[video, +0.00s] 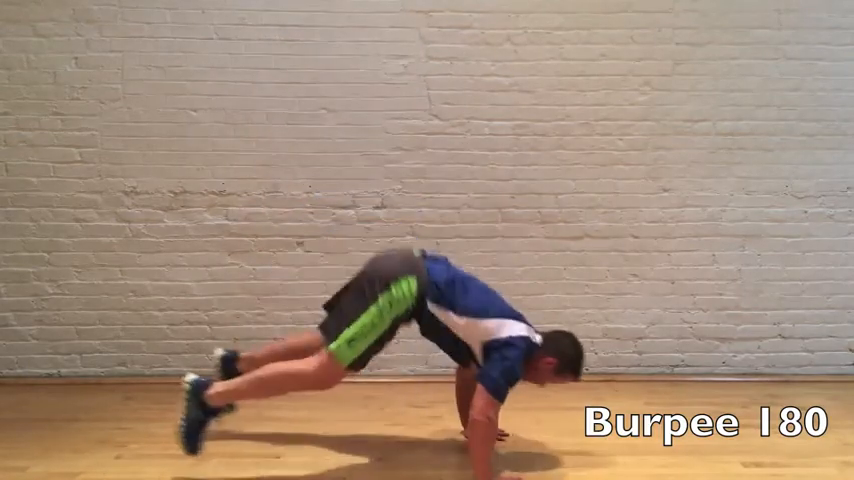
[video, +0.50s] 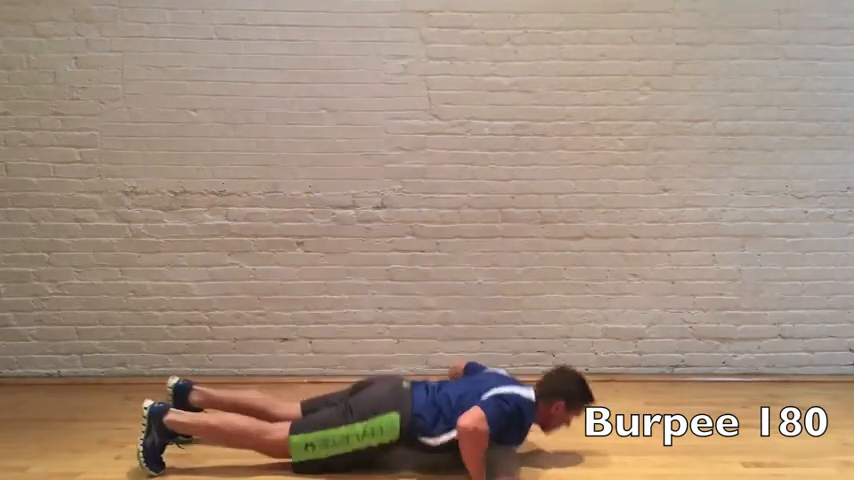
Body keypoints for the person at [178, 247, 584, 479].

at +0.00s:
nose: (548, 384)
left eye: (556, 380)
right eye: (555, 379)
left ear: (546, 351)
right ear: (549, 363)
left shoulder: (509, 332)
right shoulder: (515, 350)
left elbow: (467, 384)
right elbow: (482, 419)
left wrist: (474, 431)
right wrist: (486, 475)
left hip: (404, 265)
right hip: (405, 281)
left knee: (323, 342)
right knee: (323, 372)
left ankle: (237, 367)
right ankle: (210, 397)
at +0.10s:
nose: (566, 398)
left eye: (573, 394)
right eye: (572, 393)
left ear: (562, 363)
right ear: (564, 375)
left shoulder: (520, 343)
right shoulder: (529, 363)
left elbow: (465, 386)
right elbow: (478, 419)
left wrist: (478, 431)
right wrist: (484, 474)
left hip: (406, 303)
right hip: (408, 324)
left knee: (308, 348)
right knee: (303, 380)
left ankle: (217, 370)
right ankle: (191, 403)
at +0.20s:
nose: (571, 417)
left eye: (577, 412)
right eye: (575, 411)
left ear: (566, 384)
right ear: (565, 395)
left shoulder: (525, 368)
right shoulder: (528, 388)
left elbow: (467, 406)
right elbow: (475, 422)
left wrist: (486, 440)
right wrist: (481, 475)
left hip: (404, 346)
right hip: (405, 367)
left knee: (309, 382)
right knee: (303, 413)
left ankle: (209, 395)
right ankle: (184, 426)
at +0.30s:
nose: (571, 435)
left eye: (575, 429)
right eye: (574, 428)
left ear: (556, 396)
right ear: (562, 415)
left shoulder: (516, 387)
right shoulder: (528, 411)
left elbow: (463, 367)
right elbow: (475, 430)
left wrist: (464, 420)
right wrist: (482, 479)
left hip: (396, 381)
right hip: (396, 408)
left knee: (296, 406)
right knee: (286, 437)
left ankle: (197, 394)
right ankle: (173, 424)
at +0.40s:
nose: (568, 443)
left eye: (572, 437)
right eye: (571, 437)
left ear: (549, 409)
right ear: (558, 426)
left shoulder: (511, 392)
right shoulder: (523, 423)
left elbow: (460, 369)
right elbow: (476, 429)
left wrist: (479, 416)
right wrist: (482, 478)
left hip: (396, 395)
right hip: (397, 422)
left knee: (292, 417)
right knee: (280, 447)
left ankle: (194, 395)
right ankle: (170, 422)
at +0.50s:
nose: (567, 424)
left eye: (571, 418)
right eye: (570, 416)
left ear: (548, 389)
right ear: (556, 405)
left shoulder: (508, 383)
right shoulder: (520, 409)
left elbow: (459, 369)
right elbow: (471, 428)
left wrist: (461, 415)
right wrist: (480, 479)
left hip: (393, 388)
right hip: (393, 415)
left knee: (289, 417)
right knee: (278, 444)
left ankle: (193, 395)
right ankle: (167, 421)